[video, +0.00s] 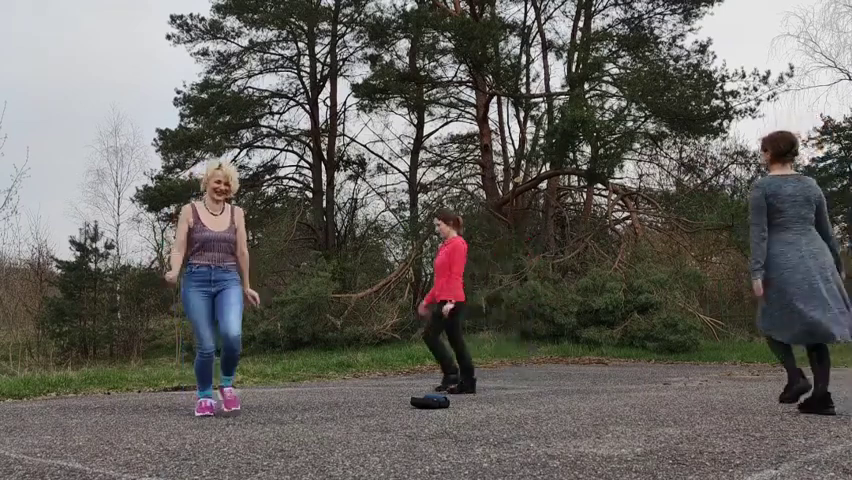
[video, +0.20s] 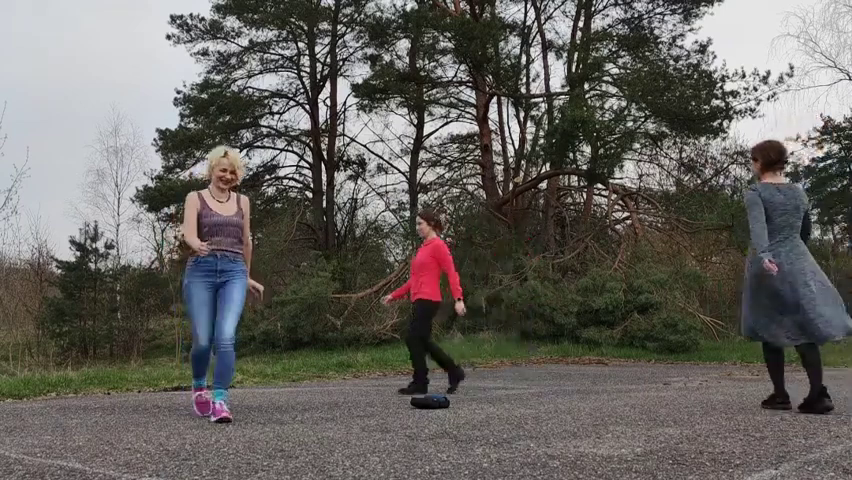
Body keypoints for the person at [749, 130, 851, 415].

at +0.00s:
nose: (762, 156)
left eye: (763, 152)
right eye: (762, 151)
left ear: (770, 154)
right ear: (792, 154)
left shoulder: (762, 186)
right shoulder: (811, 185)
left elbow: (759, 233)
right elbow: (826, 231)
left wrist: (756, 272)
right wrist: (836, 266)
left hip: (782, 262)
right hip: (817, 260)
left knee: (770, 324)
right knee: (815, 326)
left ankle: (795, 377)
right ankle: (822, 396)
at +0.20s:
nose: (752, 166)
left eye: (753, 161)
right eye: (752, 161)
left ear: (761, 163)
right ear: (781, 162)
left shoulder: (754, 192)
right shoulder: (798, 191)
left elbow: (757, 224)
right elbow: (805, 231)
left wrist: (763, 254)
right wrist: (795, 254)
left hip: (767, 264)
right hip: (798, 262)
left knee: (768, 327)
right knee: (803, 326)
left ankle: (779, 393)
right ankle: (818, 393)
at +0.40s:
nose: (737, 171)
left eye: (740, 167)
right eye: (738, 166)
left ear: (748, 169)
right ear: (768, 169)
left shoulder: (741, 196)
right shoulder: (782, 196)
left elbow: (739, 226)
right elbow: (799, 236)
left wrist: (737, 253)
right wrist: (800, 266)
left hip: (756, 270)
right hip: (785, 268)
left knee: (758, 332)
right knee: (779, 327)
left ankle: (779, 394)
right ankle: (798, 378)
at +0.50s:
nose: (733, 174)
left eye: (734, 170)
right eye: (733, 169)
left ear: (741, 172)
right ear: (761, 172)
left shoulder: (735, 198)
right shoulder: (777, 200)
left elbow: (731, 224)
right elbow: (800, 235)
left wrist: (730, 250)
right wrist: (819, 263)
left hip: (752, 270)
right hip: (780, 269)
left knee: (758, 329)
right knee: (771, 327)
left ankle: (778, 393)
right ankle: (772, 388)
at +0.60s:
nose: (727, 179)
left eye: (730, 175)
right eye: (728, 174)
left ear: (738, 177)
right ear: (753, 177)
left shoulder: (730, 200)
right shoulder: (769, 202)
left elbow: (727, 223)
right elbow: (800, 230)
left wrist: (726, 246)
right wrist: (830, 256)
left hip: (749, 273)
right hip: (773, 272)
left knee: (759, 332)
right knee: (759, 330)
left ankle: (780, 394)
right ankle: (747, 384)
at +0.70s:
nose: (722, 184)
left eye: (724, 180)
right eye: (722, 180)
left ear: (731, 182)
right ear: (748, 182)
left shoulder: (725, 205)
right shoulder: (764, 206)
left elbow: (724, 226)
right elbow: (797, 227)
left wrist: (724, 245)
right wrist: (830, 246)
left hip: (739, 273)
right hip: (763, 273)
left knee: (751, 332)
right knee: (750, 329)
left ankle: (778, 390)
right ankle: (742, 386)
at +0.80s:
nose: (718, 184)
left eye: (720, 181)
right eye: (718, 180)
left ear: (729, 183)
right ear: (743, 183)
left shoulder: (722, 205)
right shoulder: (758, 205)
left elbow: (722, 226)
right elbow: (789, 226)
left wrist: (724, 246)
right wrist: (821, 244)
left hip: (734, 273)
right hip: (757, 273)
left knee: (739, 332)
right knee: (744, 330)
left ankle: (770, 379)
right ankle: (742, 386)